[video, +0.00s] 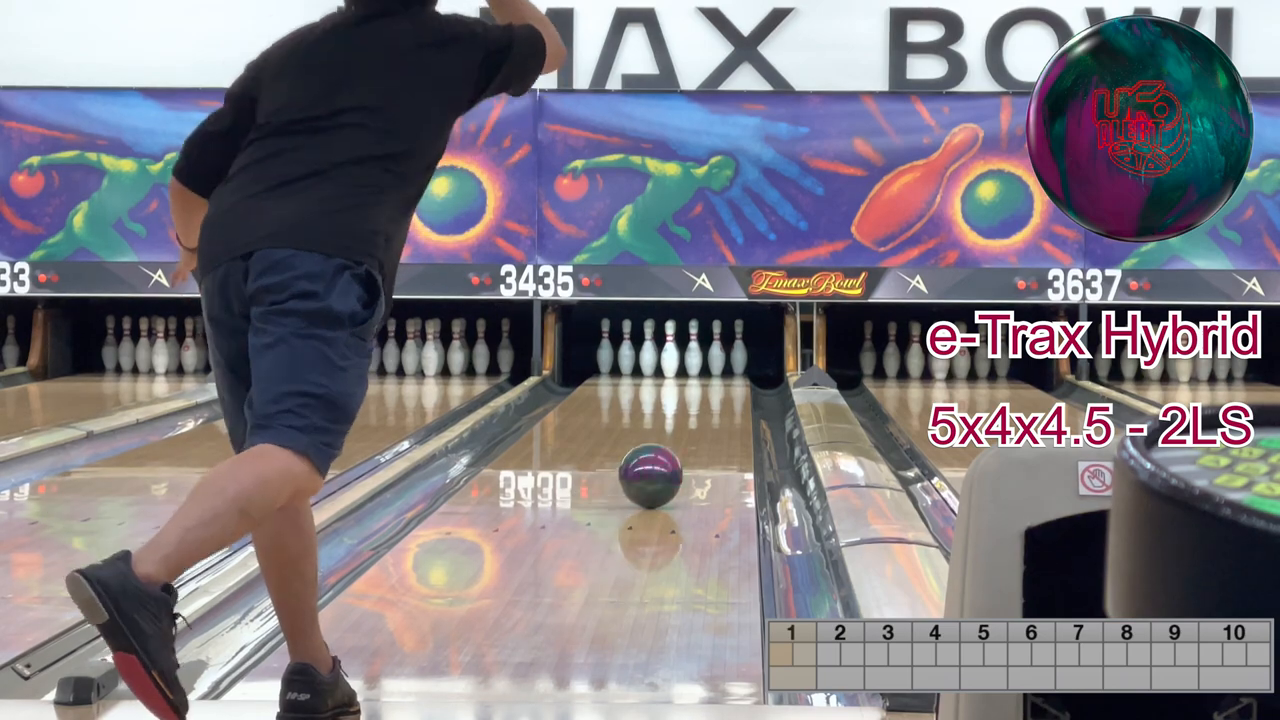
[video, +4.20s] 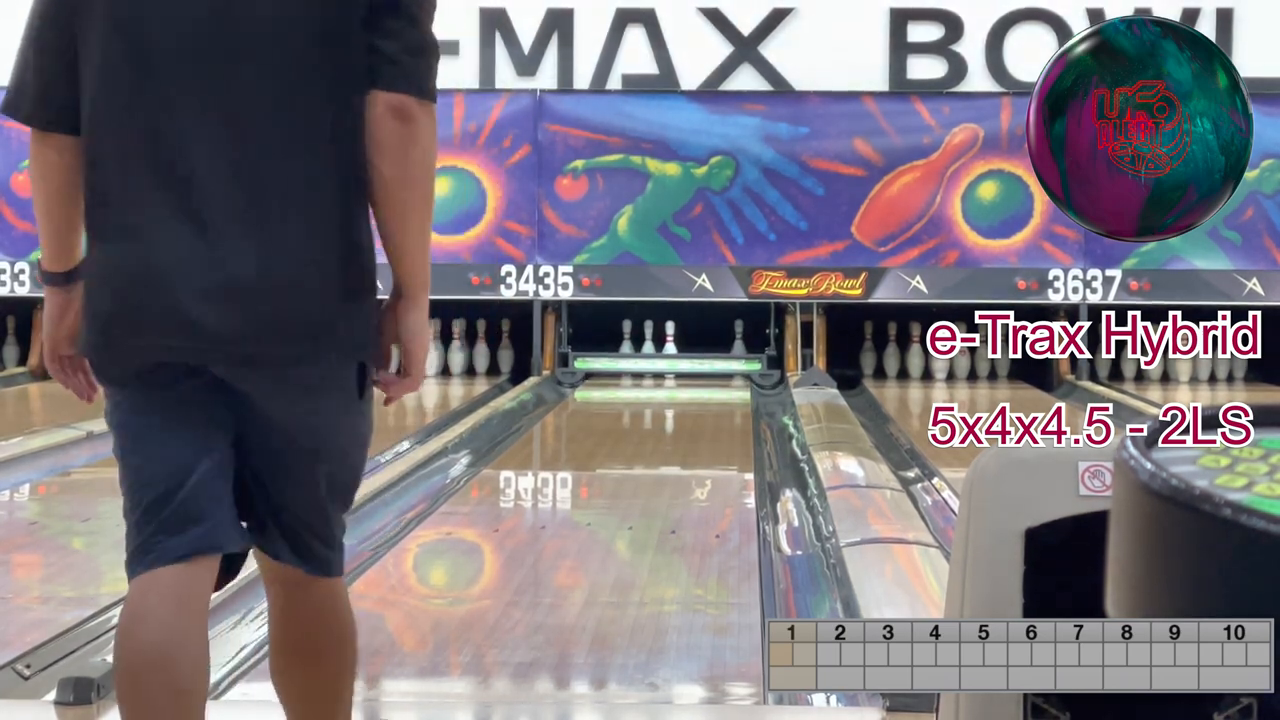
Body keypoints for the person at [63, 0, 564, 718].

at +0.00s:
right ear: (425, 2)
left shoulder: (284, 53)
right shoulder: (444, 39)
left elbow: (193, 174)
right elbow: (546, 49)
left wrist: (201, 257)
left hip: (225, 254)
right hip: (320, 248)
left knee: (276, 468)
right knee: (296, 450)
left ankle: (312, 671)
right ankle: (141, 577)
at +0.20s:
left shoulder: (264, 16)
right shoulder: (431, 9)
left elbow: (183, 140)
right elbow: (541, 52)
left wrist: (199, 241)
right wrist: (507, 4)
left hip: (223, 247)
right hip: (321, 241)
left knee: (276, 469)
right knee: (320, 456)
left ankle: (310, 670)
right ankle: (201, 637)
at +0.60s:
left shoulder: (220, 3)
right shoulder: (405, 3)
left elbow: (178, 135)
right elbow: (463, 127)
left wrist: (191, 257)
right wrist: (479, 102)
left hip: (223, 250)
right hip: (331, 243)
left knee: (270, 472)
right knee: (324, 478)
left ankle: (309, 662)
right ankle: (269, 697)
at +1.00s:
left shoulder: (194, 3)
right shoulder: (396, 2)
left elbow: (157, 124)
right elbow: (430, 119)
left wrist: (158, 257)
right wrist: (454, 220)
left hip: (218, 257)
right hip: (329, 262)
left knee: (238, 455)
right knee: (303, 479)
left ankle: (228, 673)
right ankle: (271, 696)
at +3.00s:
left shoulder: (144, 7)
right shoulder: (389, 4)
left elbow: (119, 135)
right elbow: (409, 128)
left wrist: (118, 274)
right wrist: (425, 270)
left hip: (196, 272)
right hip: (330, 272)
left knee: (221, 497)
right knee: (323, 484)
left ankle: (244, 713)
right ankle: (317, 694)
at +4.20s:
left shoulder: (77, 4)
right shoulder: (381, 6)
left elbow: (53, 117)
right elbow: (397, 104)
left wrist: (61, 279)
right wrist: (412, 293)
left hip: (143, 282)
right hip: (304, 287)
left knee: (167, 563)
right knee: (304, 563)